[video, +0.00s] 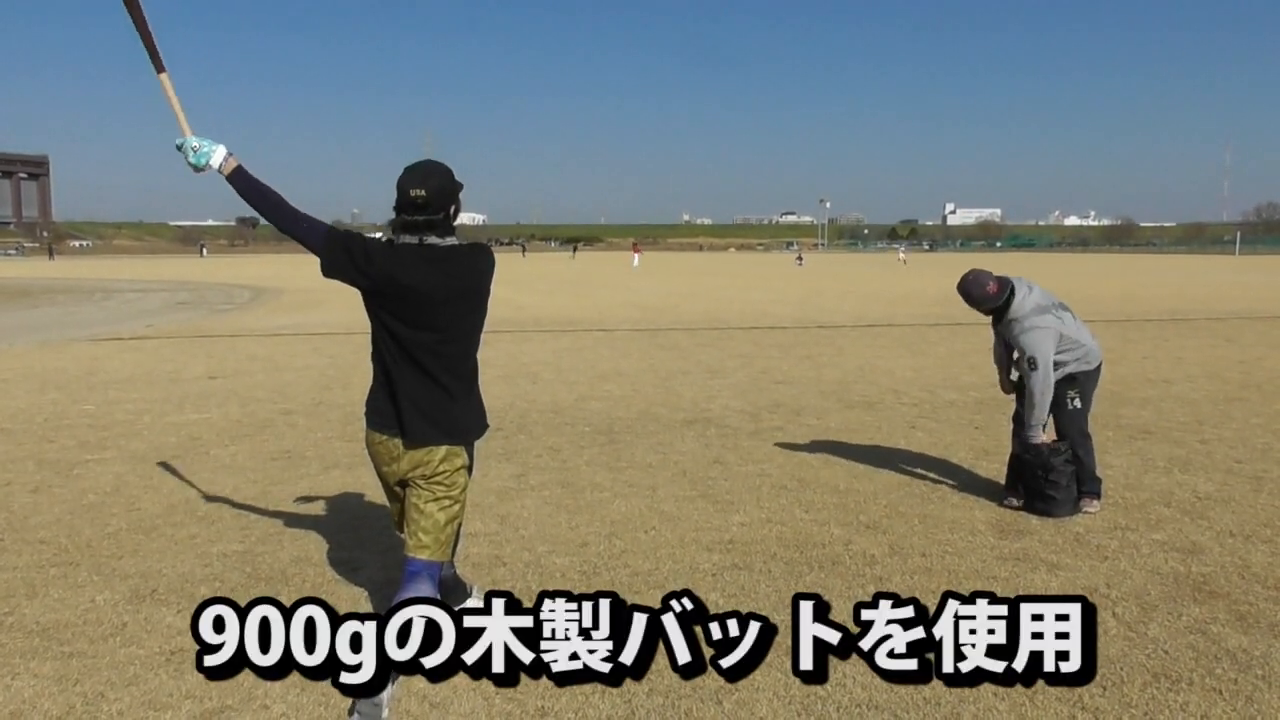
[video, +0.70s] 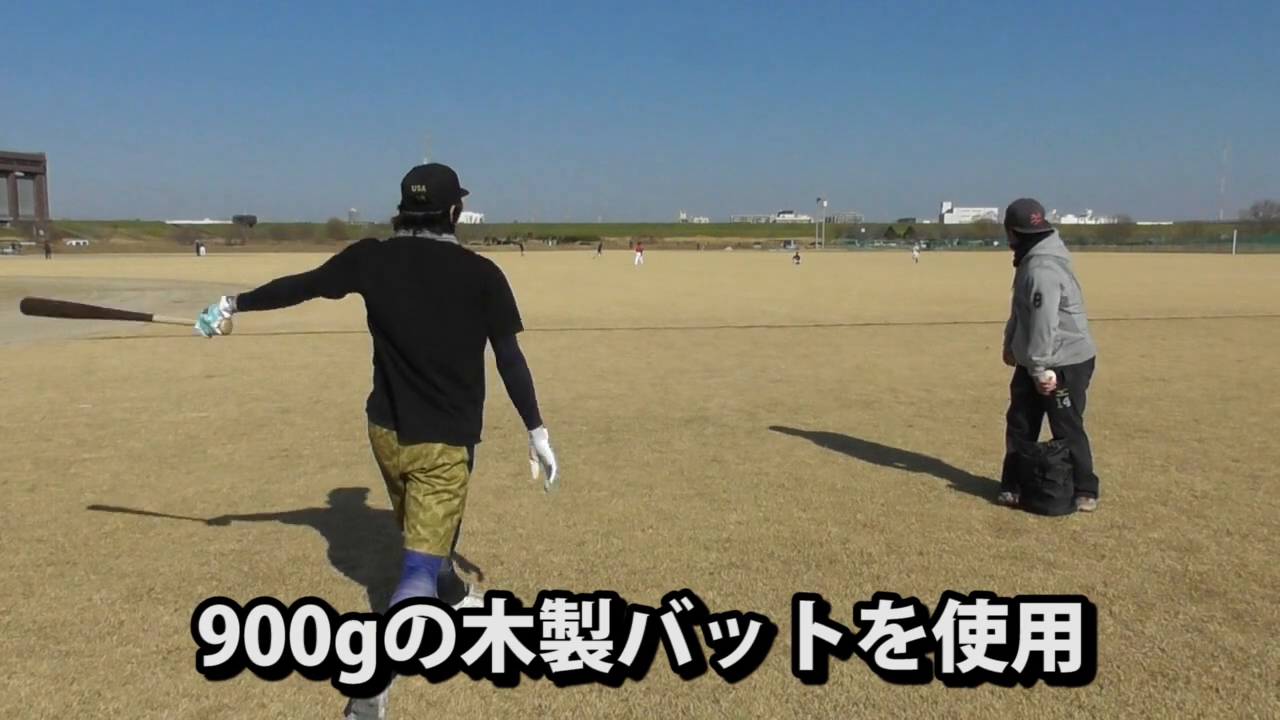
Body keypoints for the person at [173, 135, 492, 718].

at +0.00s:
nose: (451, 207)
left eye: (412, 199)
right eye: (451, 201)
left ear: (399, 207)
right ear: (452, 211)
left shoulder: (375, 259)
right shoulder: (479, 263)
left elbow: (292, 220)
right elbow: (449, 243)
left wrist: (225, 163)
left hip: (385, 432)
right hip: (447, 437)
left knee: (424, 535)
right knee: (421, 567)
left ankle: (455, 596)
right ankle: (376, 690)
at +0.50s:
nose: (460, 207)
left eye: (453, 199)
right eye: (457, 201)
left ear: (400, 206)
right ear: (451, 209)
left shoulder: (374, 257)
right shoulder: (480, 265)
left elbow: (294, 245)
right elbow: (495, 317)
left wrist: (215, 224)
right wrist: (445, 287)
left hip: (385, 434)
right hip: (445, 438)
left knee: (422, 536)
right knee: (420, 569)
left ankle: (454, 598)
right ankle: (373, 689)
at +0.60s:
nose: (462, 209)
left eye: (456, 200)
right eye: (459, 203)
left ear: (402, 206)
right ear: (452, 209)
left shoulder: (373, 257)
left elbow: (293, 264)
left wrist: (216, 261)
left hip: (384, 431)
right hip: (446, 439)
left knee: (422, 531)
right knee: (422, 565)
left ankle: (458, 598)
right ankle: (372, 690)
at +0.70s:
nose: (461, 213)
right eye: (460, 207)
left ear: (403, 209)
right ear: (453, 212)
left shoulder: (372, 257)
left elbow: (305, 284)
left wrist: (234, 303)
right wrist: (537, 430)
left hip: (386, 432)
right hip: (446, 440)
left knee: (421, 534)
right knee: (419, 567)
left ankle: (452, 597)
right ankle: (372, 691)